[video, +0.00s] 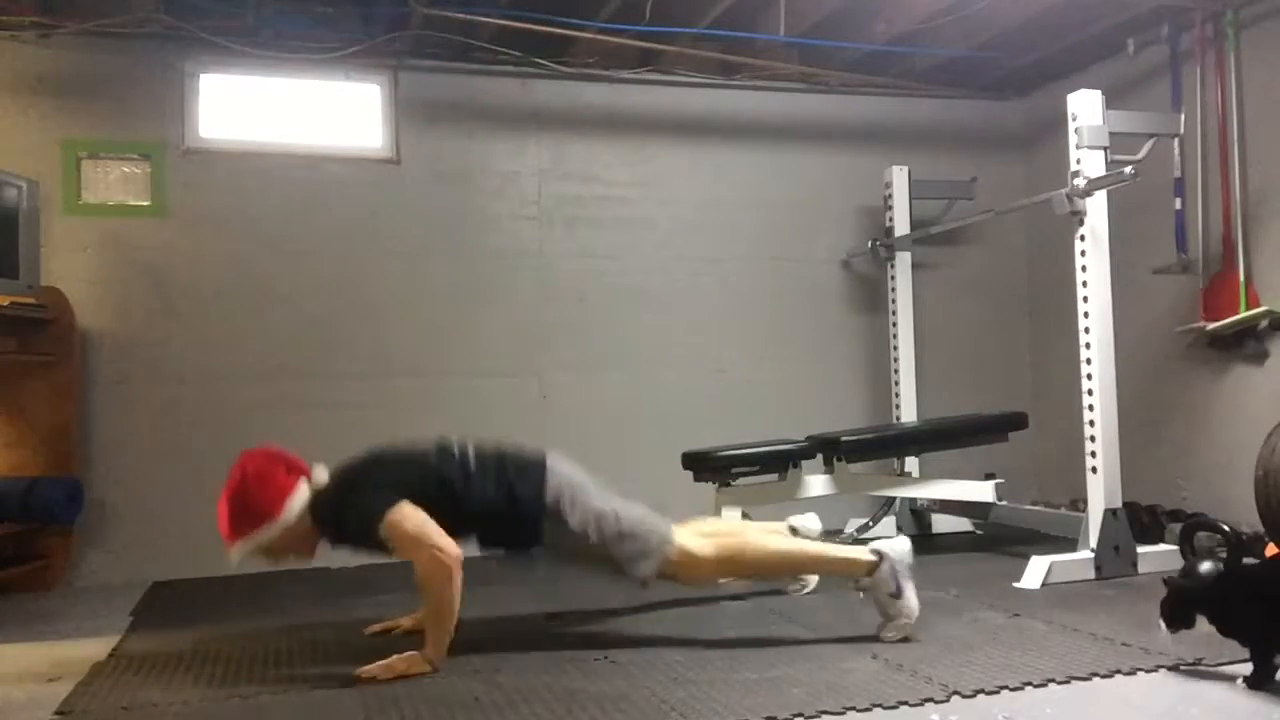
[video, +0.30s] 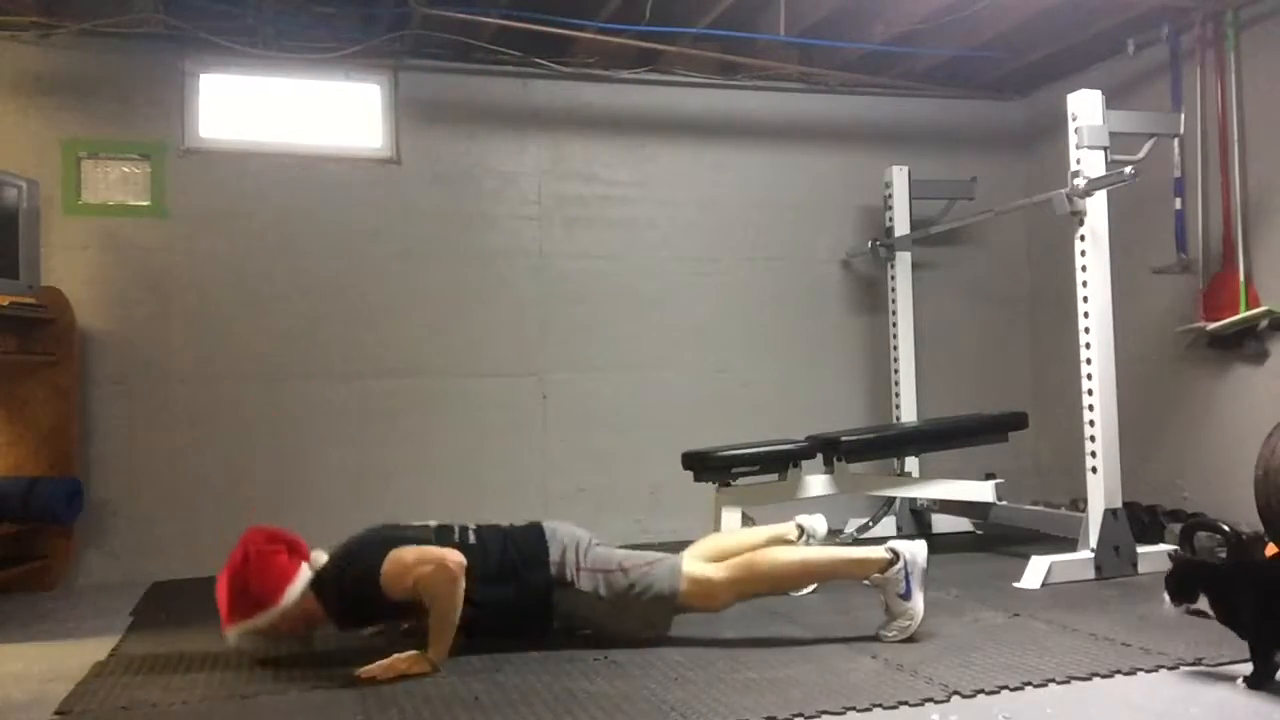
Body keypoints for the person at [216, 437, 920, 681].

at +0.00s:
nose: (269, 558)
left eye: (264, 543)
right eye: (257, 550)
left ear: (287, 512)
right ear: (287, 502)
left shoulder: (355, 501)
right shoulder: (347, 489)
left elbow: (441, 558)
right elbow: (441, 538)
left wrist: (432, 654)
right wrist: (429, 615)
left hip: (548, 501)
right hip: (538, 494)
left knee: (700, 563)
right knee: (688, 542)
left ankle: (873, 564)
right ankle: (846, 551)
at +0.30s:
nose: (266, 637)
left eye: (259, 626)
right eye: (255, 627)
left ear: (280, 601)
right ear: (289, 574)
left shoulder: (348, 574)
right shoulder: (342, 572)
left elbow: (444, 570)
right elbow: (439, 570)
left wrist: (428, 658)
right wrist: (417, 630)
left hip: (565, 579)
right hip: (558, 566)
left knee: (722, 587)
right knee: (701, 563)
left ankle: (883, 562)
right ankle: (809, 525)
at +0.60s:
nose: (271, 507)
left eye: (267, 494)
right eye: (259, 499)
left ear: (295, 458)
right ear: (291, 464)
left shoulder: (366, 458)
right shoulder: (347, 477)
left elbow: (430, 551)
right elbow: (419, 547)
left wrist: (431, 651)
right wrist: (424, 626)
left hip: (560, 492)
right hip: (548, 518)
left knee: (709, 553)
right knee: (680, 553)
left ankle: (880, 566)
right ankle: (785, 543)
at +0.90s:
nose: (333, 459)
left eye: (329, 444)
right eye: (322, 452)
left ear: (350, 410)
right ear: (351, 402)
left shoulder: (413, 410)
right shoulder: (400, 406)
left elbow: (429, 538)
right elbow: (428, 526)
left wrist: (430, 652)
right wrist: (427, 613)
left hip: (584, 355)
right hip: (559, 364)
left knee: (509, 464)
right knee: (491, 471)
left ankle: (655, 566)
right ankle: (620, 515)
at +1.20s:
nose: (370, 373)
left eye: (374, 358)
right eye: (367, 361)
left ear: (404, 348)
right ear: (408, 348)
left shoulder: (459, 382)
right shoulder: (438, 391)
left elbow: (436, 515)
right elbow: (423, 509)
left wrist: (410, 631)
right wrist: (409, 603)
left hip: (613, 468)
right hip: (582, 468)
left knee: (488, 482)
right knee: (458, 488)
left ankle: (590, 612)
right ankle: (556, 579)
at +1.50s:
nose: (423, 207)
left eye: (430, 192)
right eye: (422, 193)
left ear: (467, 188)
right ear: (471, 191)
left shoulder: (506, 234)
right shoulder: (486, 242)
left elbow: (437, 319)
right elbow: (430, 332)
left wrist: (346, 309)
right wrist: (351, 322)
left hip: (619, 374)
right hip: (582, 377)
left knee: (507, 464)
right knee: (487, 465)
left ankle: (593, 614)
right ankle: (566, 579)